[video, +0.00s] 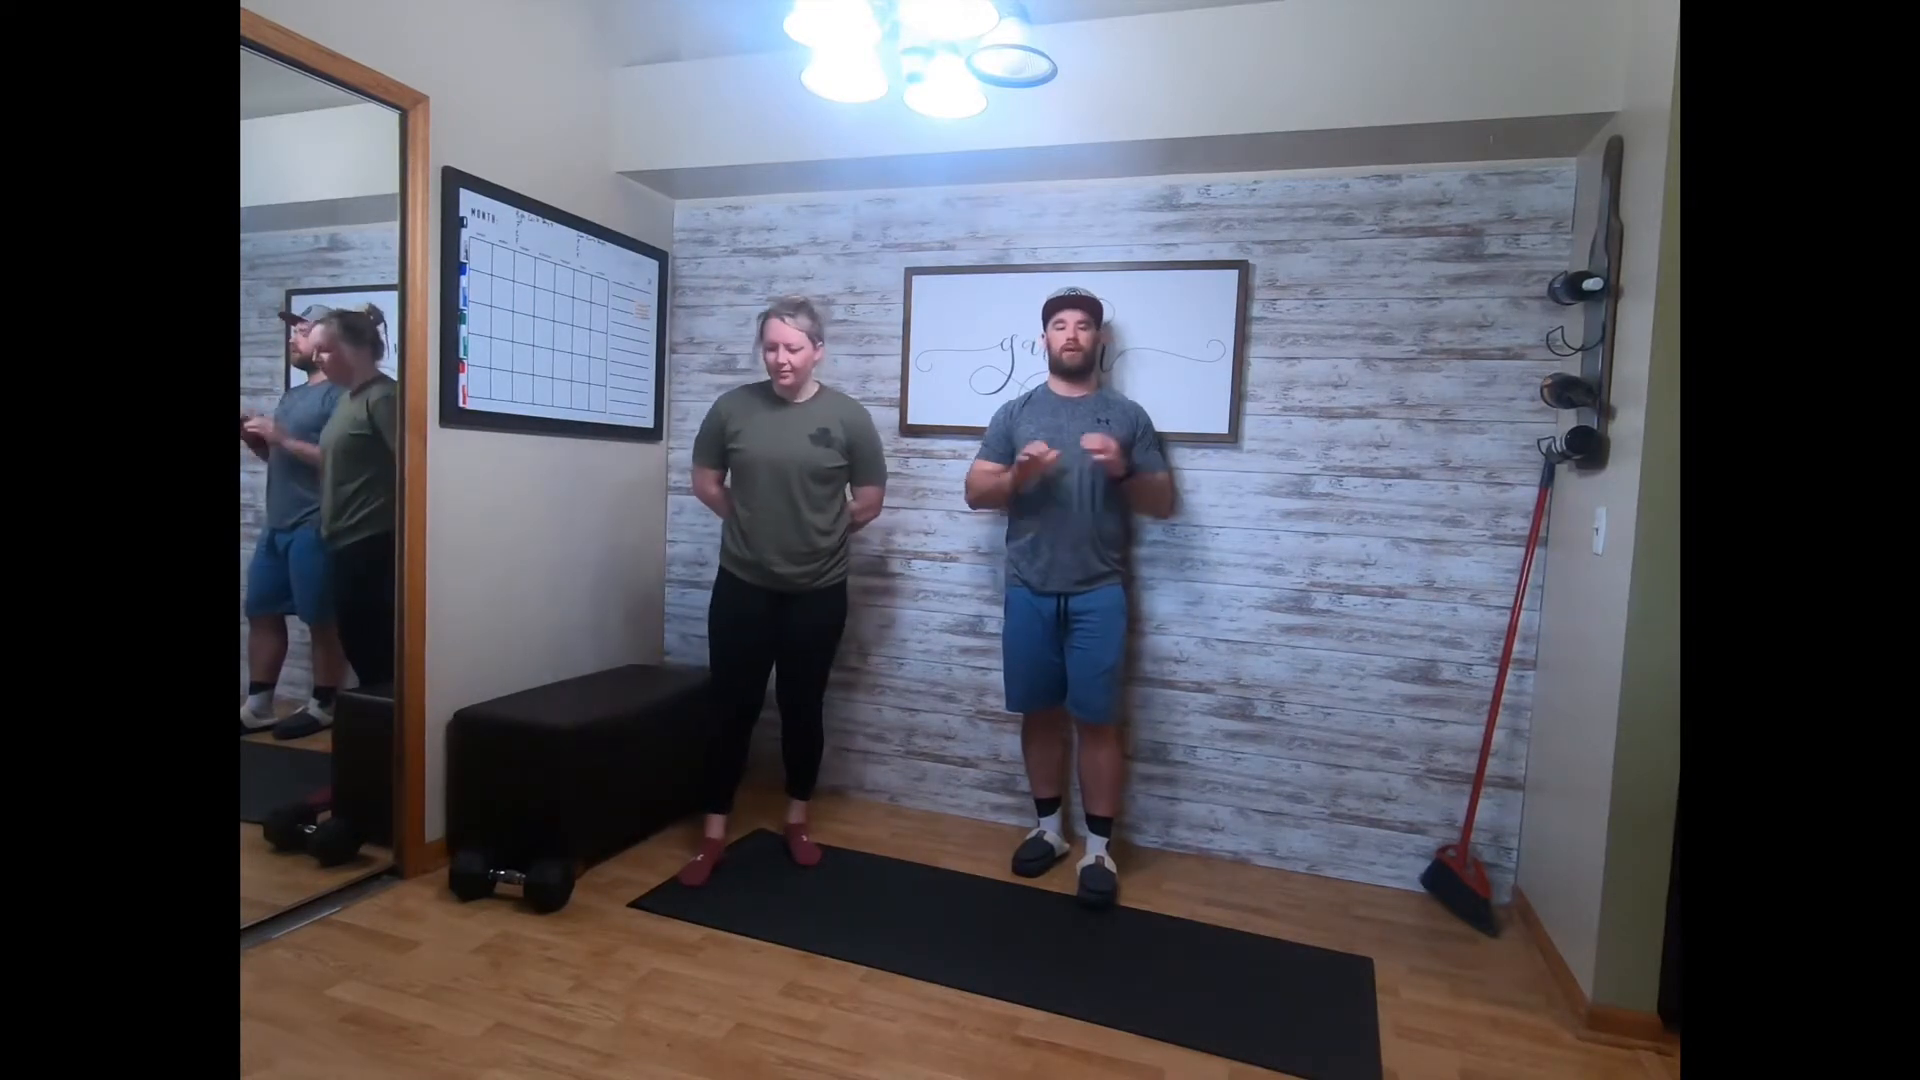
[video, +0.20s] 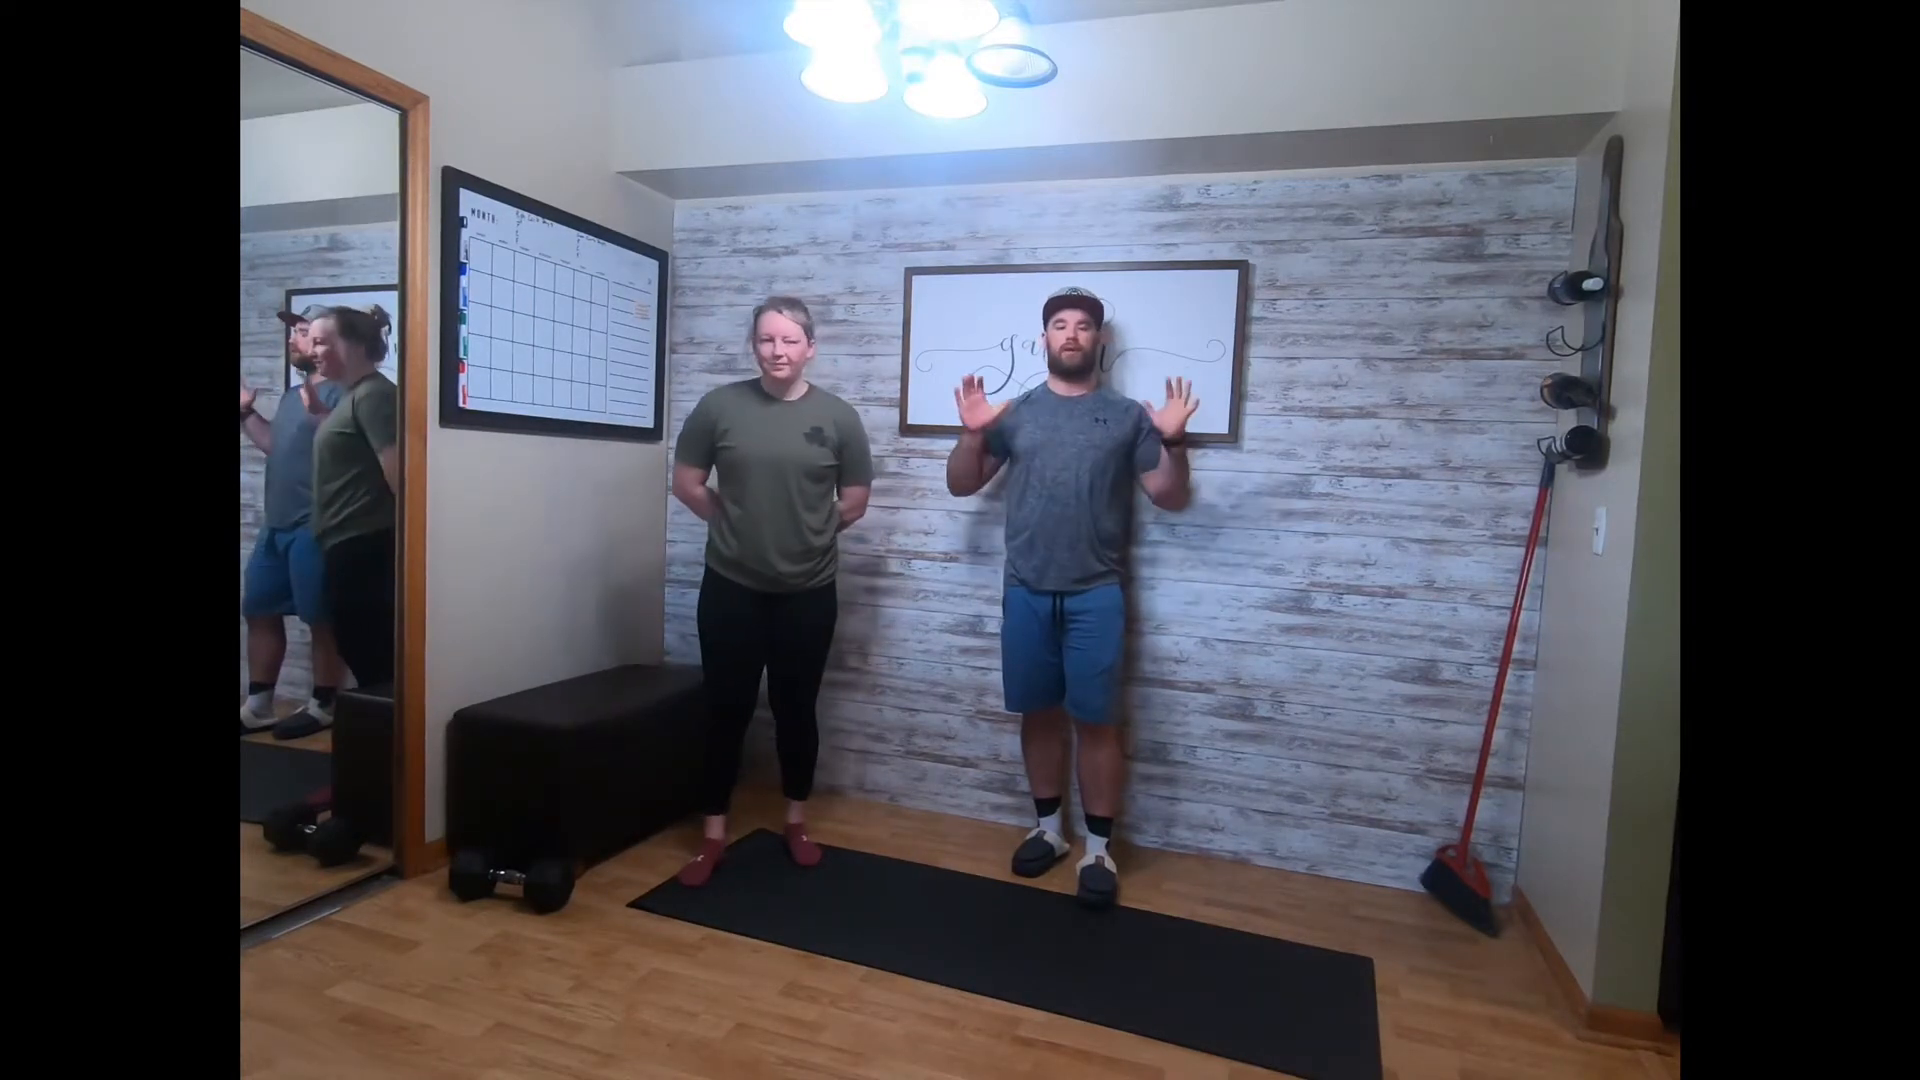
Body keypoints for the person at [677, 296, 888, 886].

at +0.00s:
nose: (780, 358)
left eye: (792, 348)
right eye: (771, 348)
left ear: (816, 352)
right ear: (761, 352)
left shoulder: (848, 417)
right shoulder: (733, 408)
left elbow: (869, 500)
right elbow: (704, 482)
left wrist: (817, 531)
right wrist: (752, 521)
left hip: (816, 588)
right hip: (742, 584)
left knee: (802, 707)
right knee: (730, 707)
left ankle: (797, 822)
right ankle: (714, 833)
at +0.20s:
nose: (777, 349)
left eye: (789, 340)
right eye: (767, 340)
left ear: (809, 348)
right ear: (753, 347)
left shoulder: (839, 417)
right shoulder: (721, 406)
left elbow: (854, 502)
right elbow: (686, 483)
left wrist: (802, 530)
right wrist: (737, 523)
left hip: (806, 589)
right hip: (731, 585)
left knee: (796, 710)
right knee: (724, 712)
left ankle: (796, 823)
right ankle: (714, 834)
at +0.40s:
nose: (776, 344)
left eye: (787, 336)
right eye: (765, 335)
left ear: (803, 344)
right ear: (748, 344)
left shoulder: (829, 417)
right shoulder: (710, 405)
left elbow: (838, 503)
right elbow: (670, 482)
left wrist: (785, 526)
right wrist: (723, 523)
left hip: (798, 591)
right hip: (721, 586)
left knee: (791, 710)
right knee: (720, 712)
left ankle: (796, 822)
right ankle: (714, 833)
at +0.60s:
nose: (783, 341)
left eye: (792, 332)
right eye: (770, 331)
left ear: (802, 344)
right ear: (745, 340)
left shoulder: (820, 418)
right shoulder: (703, 404)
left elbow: (826, 495)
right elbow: (661, 483)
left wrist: (779, 524)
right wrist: (716, 523)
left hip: (792, 590)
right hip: (717, 586)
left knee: (787, 709)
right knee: (718, 712)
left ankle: (794, 820)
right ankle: (713, 835)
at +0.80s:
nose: (789, 340)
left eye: (795, 331)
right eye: (774, 330)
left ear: (801, 342)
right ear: (744, 340)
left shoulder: (813, 417)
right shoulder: (702, 404)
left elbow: (818, 493)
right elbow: (659, 486)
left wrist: (777, 528)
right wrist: (715, 526)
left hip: (790, 589)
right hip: (716, 586)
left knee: (787, 710)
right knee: (717, 712)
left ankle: (794, 821)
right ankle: (714, 835)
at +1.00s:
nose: (790, 340)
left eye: (795, 330)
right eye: (775, 330)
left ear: (801, 342)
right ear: (744, 340)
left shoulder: (814, 417)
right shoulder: (703, 405)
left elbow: (818, 495)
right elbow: (661, 487)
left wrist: (777, 528)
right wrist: (717, 526)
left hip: (793, 589)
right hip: (719, 586)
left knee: (789, 709)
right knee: (718, 711)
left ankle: (795, 821)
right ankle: (713, 835)